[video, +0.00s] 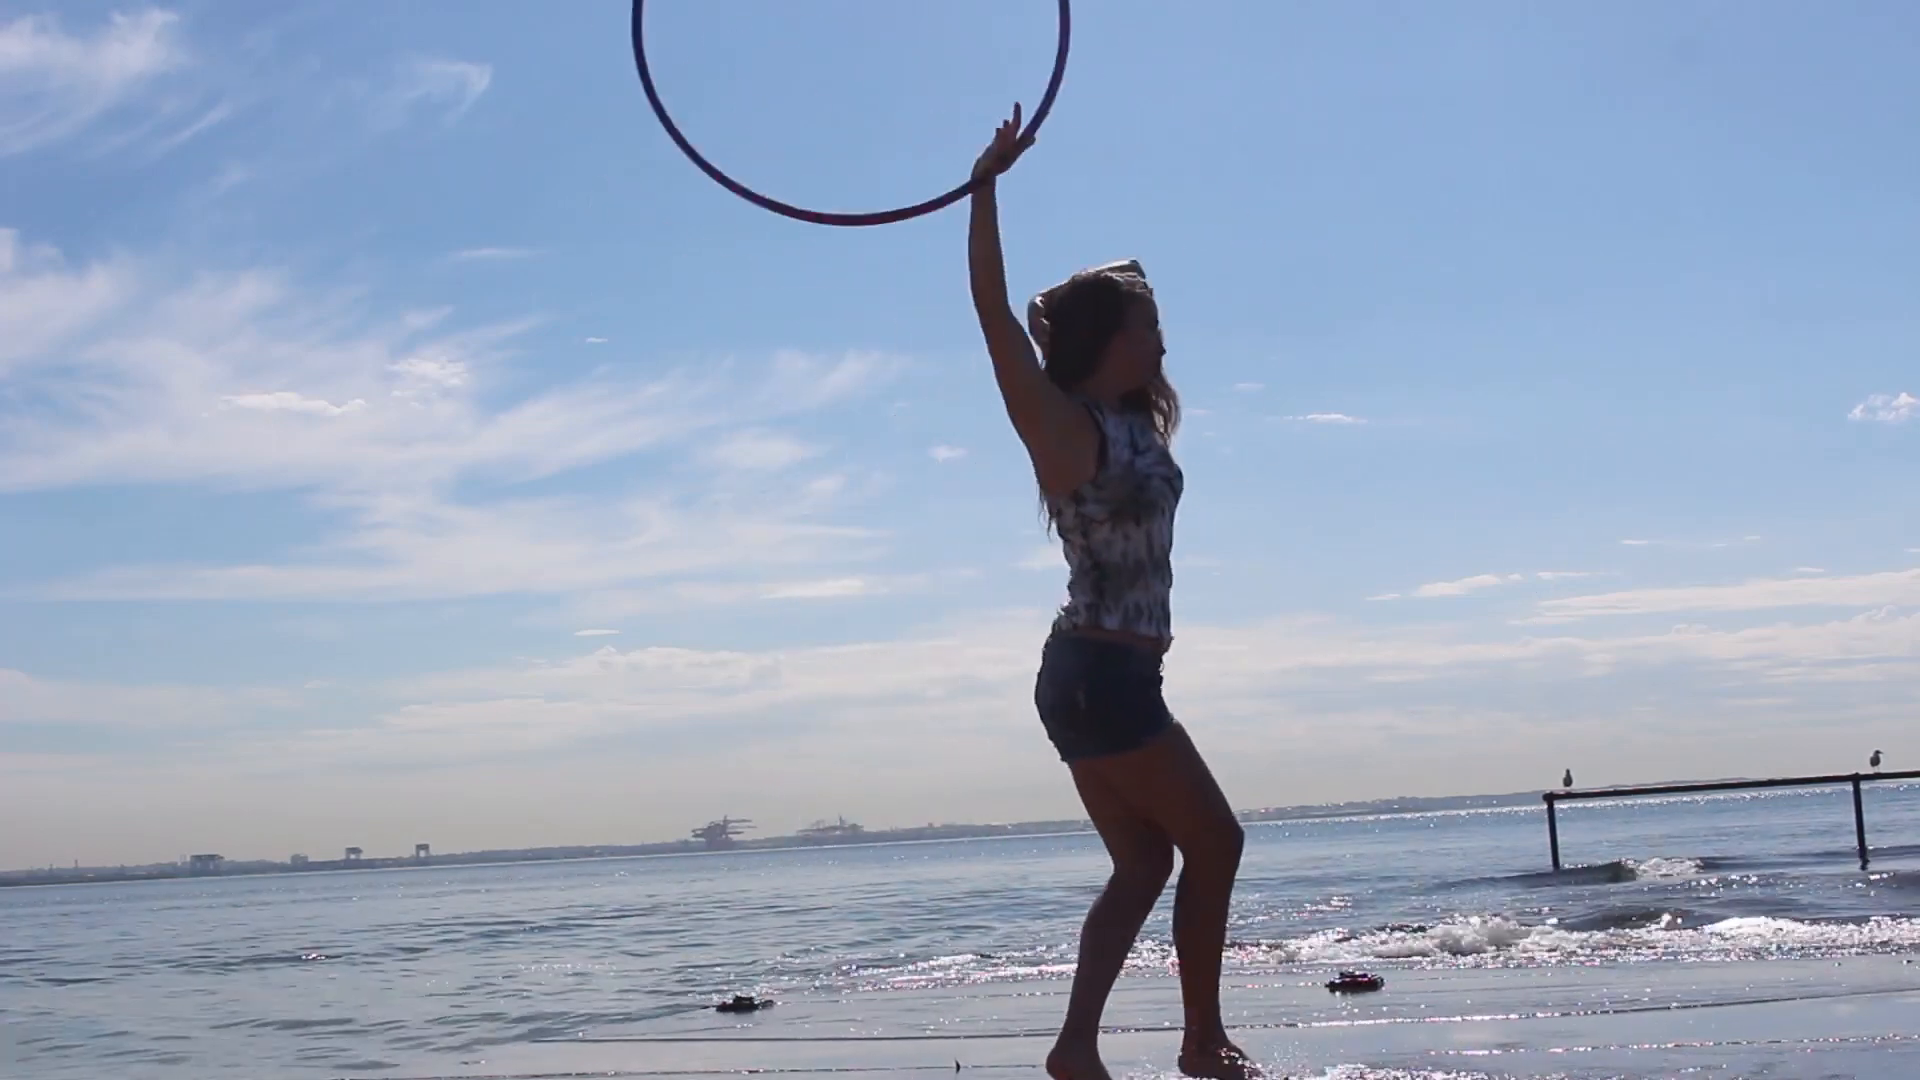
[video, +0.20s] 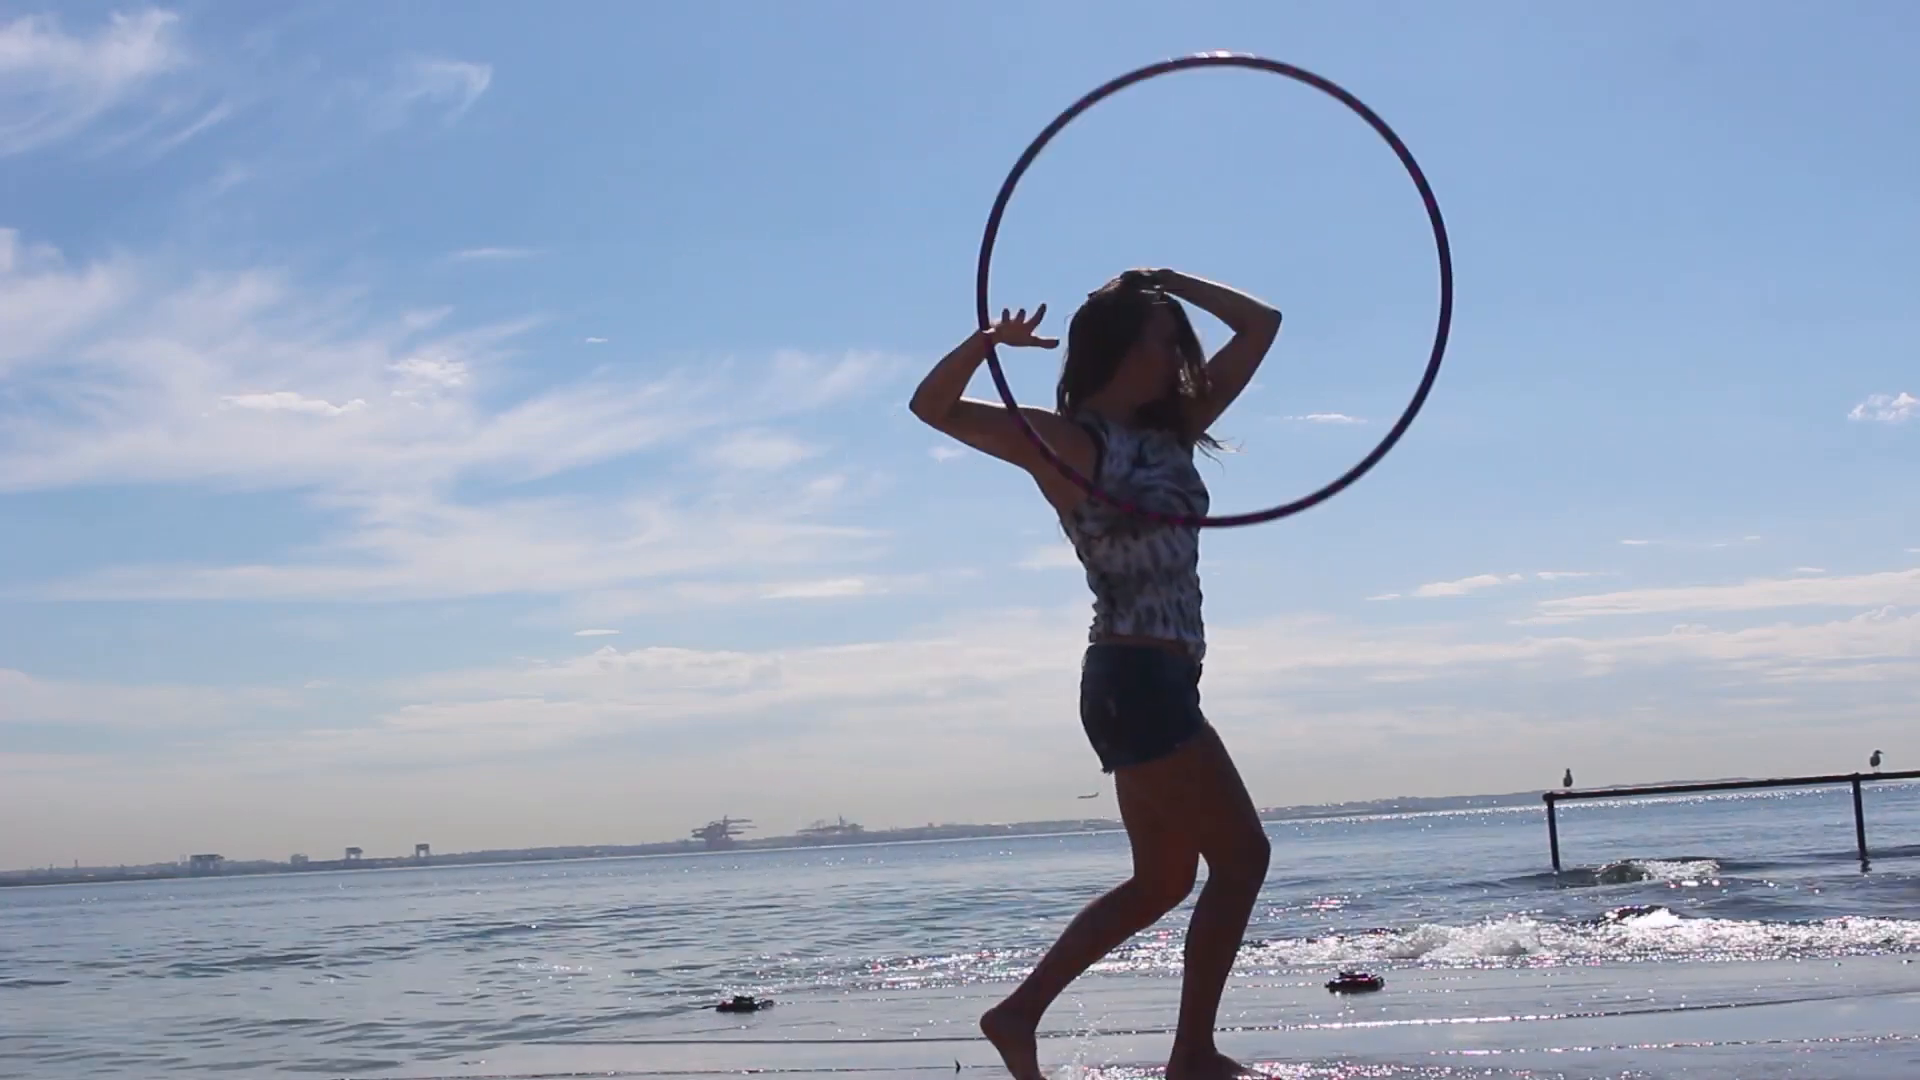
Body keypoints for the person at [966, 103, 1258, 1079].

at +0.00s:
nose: (1157, 336)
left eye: (1153, 323)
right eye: (1143, 323)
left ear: (1115, 342)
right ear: (1101, 339)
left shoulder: (1135, 418)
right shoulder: (1058, 422)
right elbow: (991, 307)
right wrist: (984, 184)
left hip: (1100, 674)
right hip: (1102, 677)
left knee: (1142, 859)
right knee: (1215, 843)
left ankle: (1075, 1047)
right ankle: (1203, 1042)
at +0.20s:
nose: (1178, 359)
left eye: (1178, 346)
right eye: (1167, 344)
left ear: (1160, 352)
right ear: (1124, 350)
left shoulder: (1171, 426)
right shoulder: (1066, 439)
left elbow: (1261, 326)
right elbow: (934, 406)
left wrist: (1170, 279)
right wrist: (987, 338)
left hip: (1160, 679)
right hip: (1134, 682)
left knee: (1164, 880)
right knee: (1243, 858)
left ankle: (1018, 1014)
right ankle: (1193, 1051)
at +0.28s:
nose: (1178, 365)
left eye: (1177, 352)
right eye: (1166, 350)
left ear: (1152, 367)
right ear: (1121, 363)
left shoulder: (1176, 450)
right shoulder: (1064, 460)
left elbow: (1293, 389)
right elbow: (935, 434)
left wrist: (1234, 314)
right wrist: (994, 381)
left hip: (1172, 694)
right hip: (1141, 697)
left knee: (1144, 885)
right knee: (1260, 867)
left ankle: (1011, 1009)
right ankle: (1195, 1050)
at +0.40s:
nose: (1172, 376)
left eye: (1170, 363)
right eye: (1156, 362)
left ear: (1156, 383)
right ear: (1111, 379)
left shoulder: (1179, 473)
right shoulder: (1068, 472)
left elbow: (1298, 494)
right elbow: (964, 509)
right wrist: (1039, 462)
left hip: (1172, 704)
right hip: (1139, 707)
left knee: (1147, 895)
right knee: (1264, 870)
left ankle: (1008, 1009)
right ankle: (1198, 1051)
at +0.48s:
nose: (1165, 382)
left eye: (1162, 368)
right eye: (1150, 367)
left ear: (1119, 385)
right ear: (1103, 382)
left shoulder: (1170, 475)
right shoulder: (1050, 475)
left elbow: (1277, 530)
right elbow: (997, 564)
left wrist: (1387, 487)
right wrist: (1060, 542)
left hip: (1167, 701)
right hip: (1127, 704)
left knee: (1170, 899)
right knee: (1257, 868)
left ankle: (1009, 1012)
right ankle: (1198, 1053)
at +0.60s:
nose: (1137, 375)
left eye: (1132, 363)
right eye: (1122, 362)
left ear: (1099, 382)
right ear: (1083, 377)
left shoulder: (1149, 472)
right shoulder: (1023, 478)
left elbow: (1228, 564)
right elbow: (1010, 597)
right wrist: (1078, 617)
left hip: (1147, 695)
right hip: (1100, 700)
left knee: (1179, 901)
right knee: (1234, 865)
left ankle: (1034, 1022)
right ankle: (1198, 1052)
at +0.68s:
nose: (1109, 383)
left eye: (1109, 370)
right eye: (1096, 369)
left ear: (1097, 380)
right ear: (1052, 376)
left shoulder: (1113, 462)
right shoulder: (1002, 467)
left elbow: (1154, 584)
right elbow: (993, 594)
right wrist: (1043, 632)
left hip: (1122, 692)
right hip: (1076, 695)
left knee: (1166, 894)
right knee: (1211, 853)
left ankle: (1044, 1037)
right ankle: (1194, 1049)